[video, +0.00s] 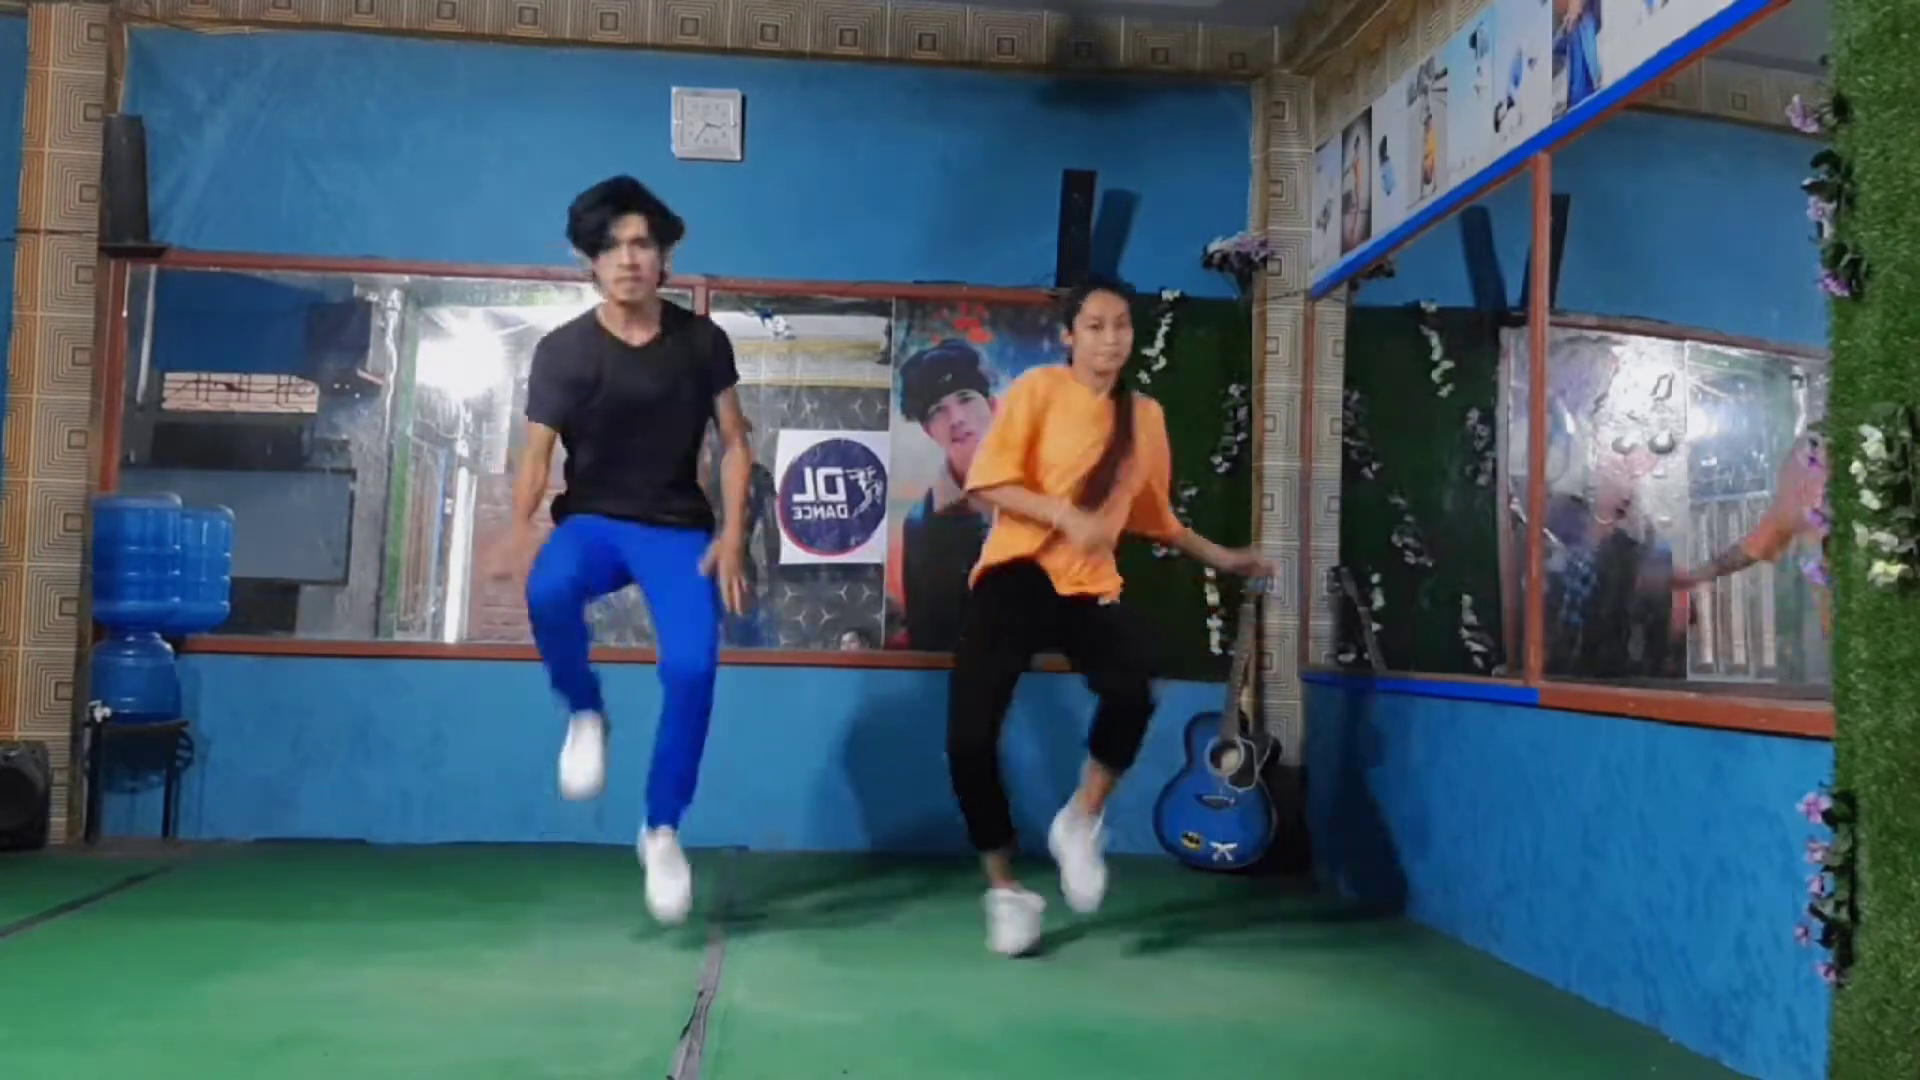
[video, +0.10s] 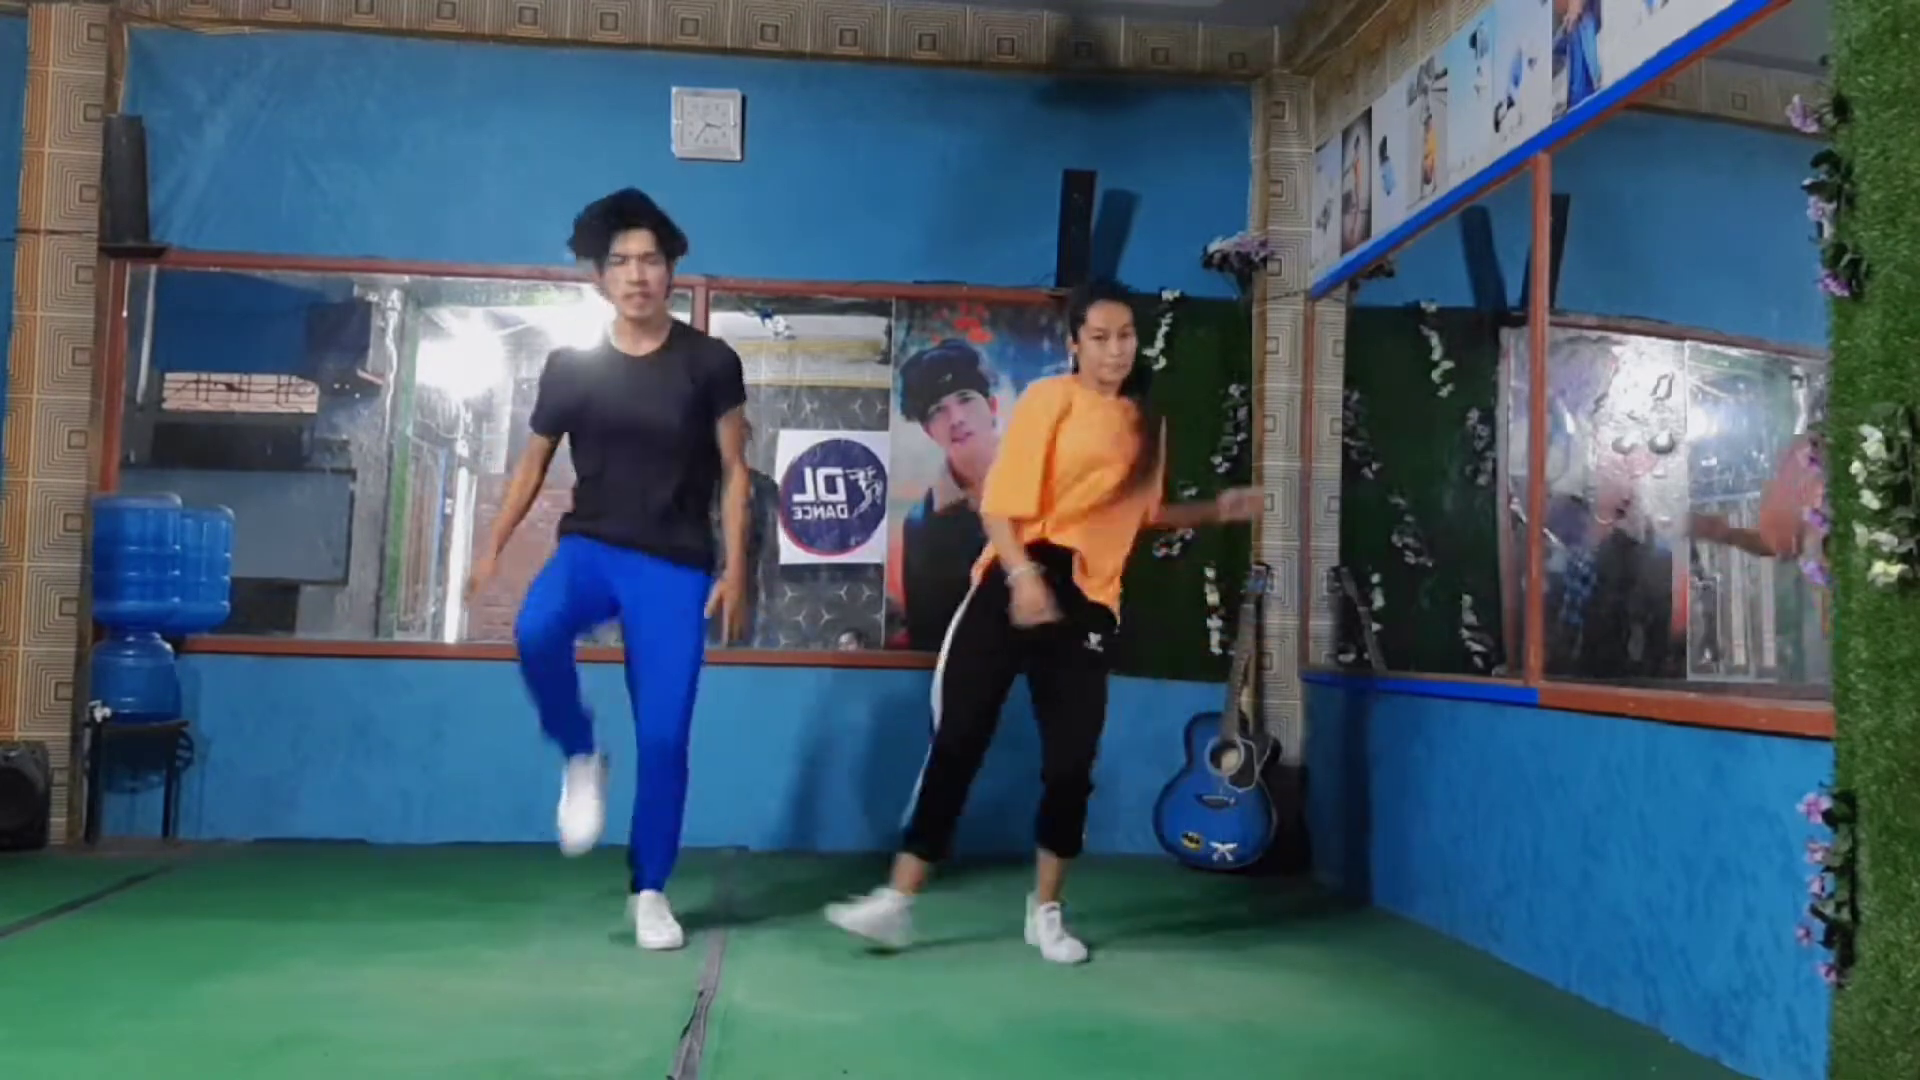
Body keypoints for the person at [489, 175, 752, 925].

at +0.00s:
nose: (632, 261)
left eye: (644, 246)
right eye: (616, 248)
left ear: (663, 257)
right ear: (593, 263)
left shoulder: (703, 342)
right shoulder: (564, 350)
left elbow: (735, 443)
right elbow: (536, 453)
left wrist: (733, 536)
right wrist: (523, 529)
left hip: (678, 528)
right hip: (592, 523)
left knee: (694, 670)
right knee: (548, 591)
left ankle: (662, 832)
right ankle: (583, 713)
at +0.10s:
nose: (640, 275)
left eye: (652, 260)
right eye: (623, 262)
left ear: (672, 271)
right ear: (599, 277)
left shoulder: (710, 363)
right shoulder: (572, 369)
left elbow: (735, 471)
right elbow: (532, 469)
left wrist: (737, 570)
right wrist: (491, 548)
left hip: (674, 562)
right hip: (588, 550)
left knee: (664, 737)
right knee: (536, 631)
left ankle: (650, 890)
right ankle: (579, 756)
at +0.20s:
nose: (647, 292)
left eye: (659, 276)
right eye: (631, 279)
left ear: (678, 286)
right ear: (605, 291)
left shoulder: (716, 380)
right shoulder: (576, 380)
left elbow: (738, 480)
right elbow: (539, 468)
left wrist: (741, 580)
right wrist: (508, 553)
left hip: (678, 598)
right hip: (584, 589)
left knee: (671, 751)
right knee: (550, 720)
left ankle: (654, 899)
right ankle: (547, 861)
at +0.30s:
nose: (649, 291)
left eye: (659, 275)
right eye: (632, 279)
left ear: (675, 285)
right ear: (604, 292)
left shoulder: (709, 375)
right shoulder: (569, 375)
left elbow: (724, 468)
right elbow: (547, 459)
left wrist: (729, 539)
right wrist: (550, 513)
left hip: (673, 601)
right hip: (584, 594)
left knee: (667, 755)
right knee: (571, 746)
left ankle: (653, 898)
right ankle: (534, 896)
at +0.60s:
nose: (647, 306)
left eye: (655, 289)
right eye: (630, 292)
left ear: (665, 290)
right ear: (591, 296)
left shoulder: (678, 373)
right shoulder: (556, 383)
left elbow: (715, 466)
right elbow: (510, 492)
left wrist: (783, 435)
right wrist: (492, 466)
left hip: (650, 591)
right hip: (568, 591)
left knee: (717, 683)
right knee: (573, 744)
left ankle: (628, 806)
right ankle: (537, 899)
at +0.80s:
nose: (633, 298)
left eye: (637, 283)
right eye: (618, 287)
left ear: (643, 282)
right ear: (578, 293)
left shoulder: (669, 354)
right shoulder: (538, 379)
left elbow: (697, 451)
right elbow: (500, 471)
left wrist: (766, 477)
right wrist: (468, 470)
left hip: (658, 578)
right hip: (587, 577)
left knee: (628, 740)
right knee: (623, 730)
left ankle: (520, 871)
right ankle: (652, 901)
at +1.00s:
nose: (634, 311)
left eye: (639, 294)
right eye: (617, 299)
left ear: (649, 297)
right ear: (582, 309)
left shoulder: (689, 374)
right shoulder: (554, 398)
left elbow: (753, 455)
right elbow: (518, 495)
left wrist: (779, 394)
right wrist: (473, 457)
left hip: (667, 600)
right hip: (591, 594)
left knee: (674, 754)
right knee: (625, 741)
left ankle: (547, 848)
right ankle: (581, 892)